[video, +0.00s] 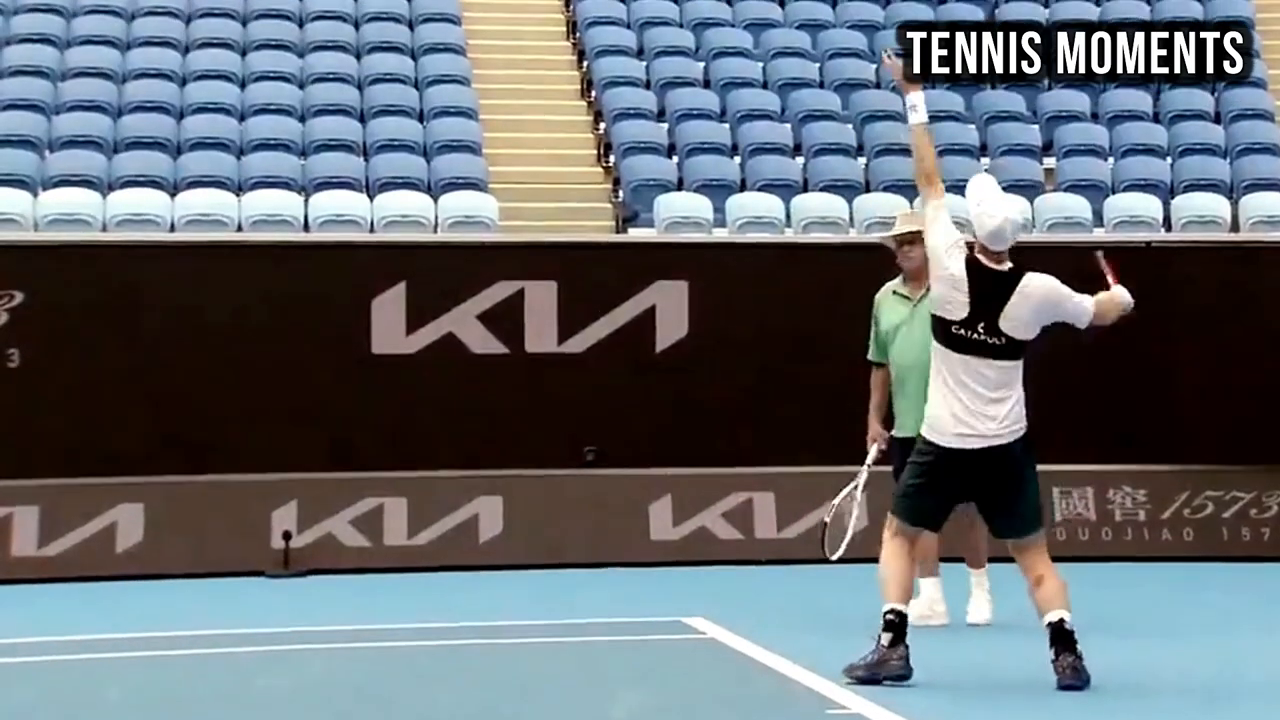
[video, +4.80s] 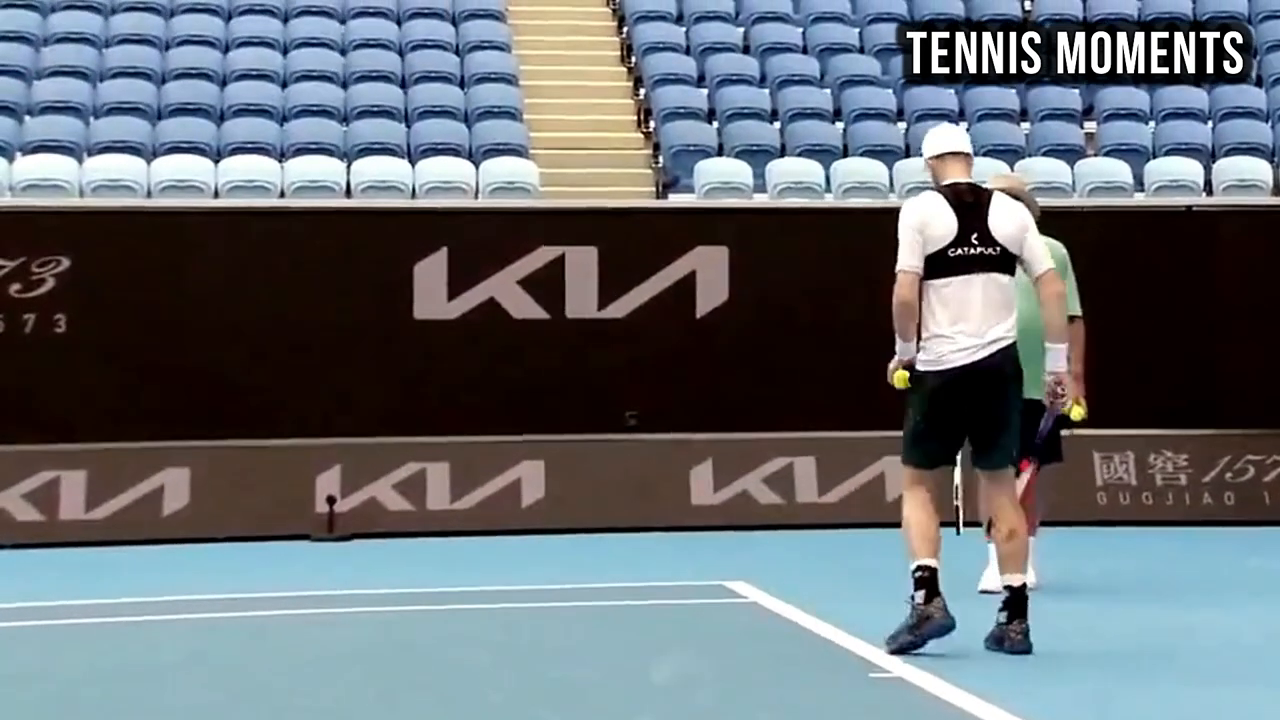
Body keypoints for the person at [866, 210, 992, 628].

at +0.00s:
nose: (906, 250)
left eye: (913, 242)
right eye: (900, 244)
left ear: (932, 246)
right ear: (893, 250)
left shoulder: (955, 292)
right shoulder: (885, 299)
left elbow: (976, 353)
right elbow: (880, 366)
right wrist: (875, 421)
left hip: (957, 426)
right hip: (908, 428)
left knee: (968, 510)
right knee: (918, 516)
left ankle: (980, 589)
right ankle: (930, 593)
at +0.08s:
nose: (915, 253)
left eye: (922, 245)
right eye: (909, 245)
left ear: (944, 249)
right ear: (901, 251)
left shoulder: (961, 294)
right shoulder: (892, 298)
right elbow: (884, 366)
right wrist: (880, 420)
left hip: (962, 421)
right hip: (912, 422)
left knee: (970, 509)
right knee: (918, 511)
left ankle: (981, 594)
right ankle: (930, 598)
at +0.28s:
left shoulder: (986, 299)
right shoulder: (912, 293)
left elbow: (1005, 360)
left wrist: (998, 415)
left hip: (972, 429)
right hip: (920, 429)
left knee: (978, 513)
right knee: (926, 521)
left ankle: (980, 599)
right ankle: (930, 598)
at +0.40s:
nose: (946, 250)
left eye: (955, 243)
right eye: (943, 242)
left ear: (973, 250)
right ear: (934, 249)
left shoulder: (994, 291)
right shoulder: (921, 290)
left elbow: (1013, 359)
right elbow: (905, 358)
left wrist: (1007, 416)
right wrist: (900, 415)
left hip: (981, 426)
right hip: (928, 423)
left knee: (984, 510)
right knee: (932, 508)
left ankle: (983, 594)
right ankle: (931, 599)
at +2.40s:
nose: (913, 225)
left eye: (921, 218)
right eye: (912, 219)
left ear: (945, 223)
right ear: (916, 227)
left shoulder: (977, 267)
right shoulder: (906, 274)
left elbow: (995, 330)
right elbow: (898, 342)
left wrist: (992, 382)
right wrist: (893, 395)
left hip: (965, 396)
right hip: (917, 397)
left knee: (972, 481)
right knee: (928, 484)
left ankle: (983, 568)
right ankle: (939, 571)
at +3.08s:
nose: (961, 194)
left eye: (969, 187)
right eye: (958, 188)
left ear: (991, 193)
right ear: (954, 194)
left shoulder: (1020, 239)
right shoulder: (944, 240)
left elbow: (1039, 305)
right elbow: (935, 305)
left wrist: (1036, 361)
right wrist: (931, 356)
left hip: (1006, 368)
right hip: (957, 367)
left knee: (1006, 454)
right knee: (962, 457)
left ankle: (1007, 541)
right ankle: (961, 542)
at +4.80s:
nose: (1005, 215)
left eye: (1012, 205)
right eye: (998, 206)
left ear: (1028, 209)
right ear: (988, 212)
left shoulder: (1050, 252)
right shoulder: (977, 251)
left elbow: (1073, 319)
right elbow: (961, 314)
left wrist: (1075, 377)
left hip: (1038, 382)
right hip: (991, 381)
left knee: (1028, 473)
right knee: (997, 474)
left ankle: (1022, 557)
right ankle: (999, 557)